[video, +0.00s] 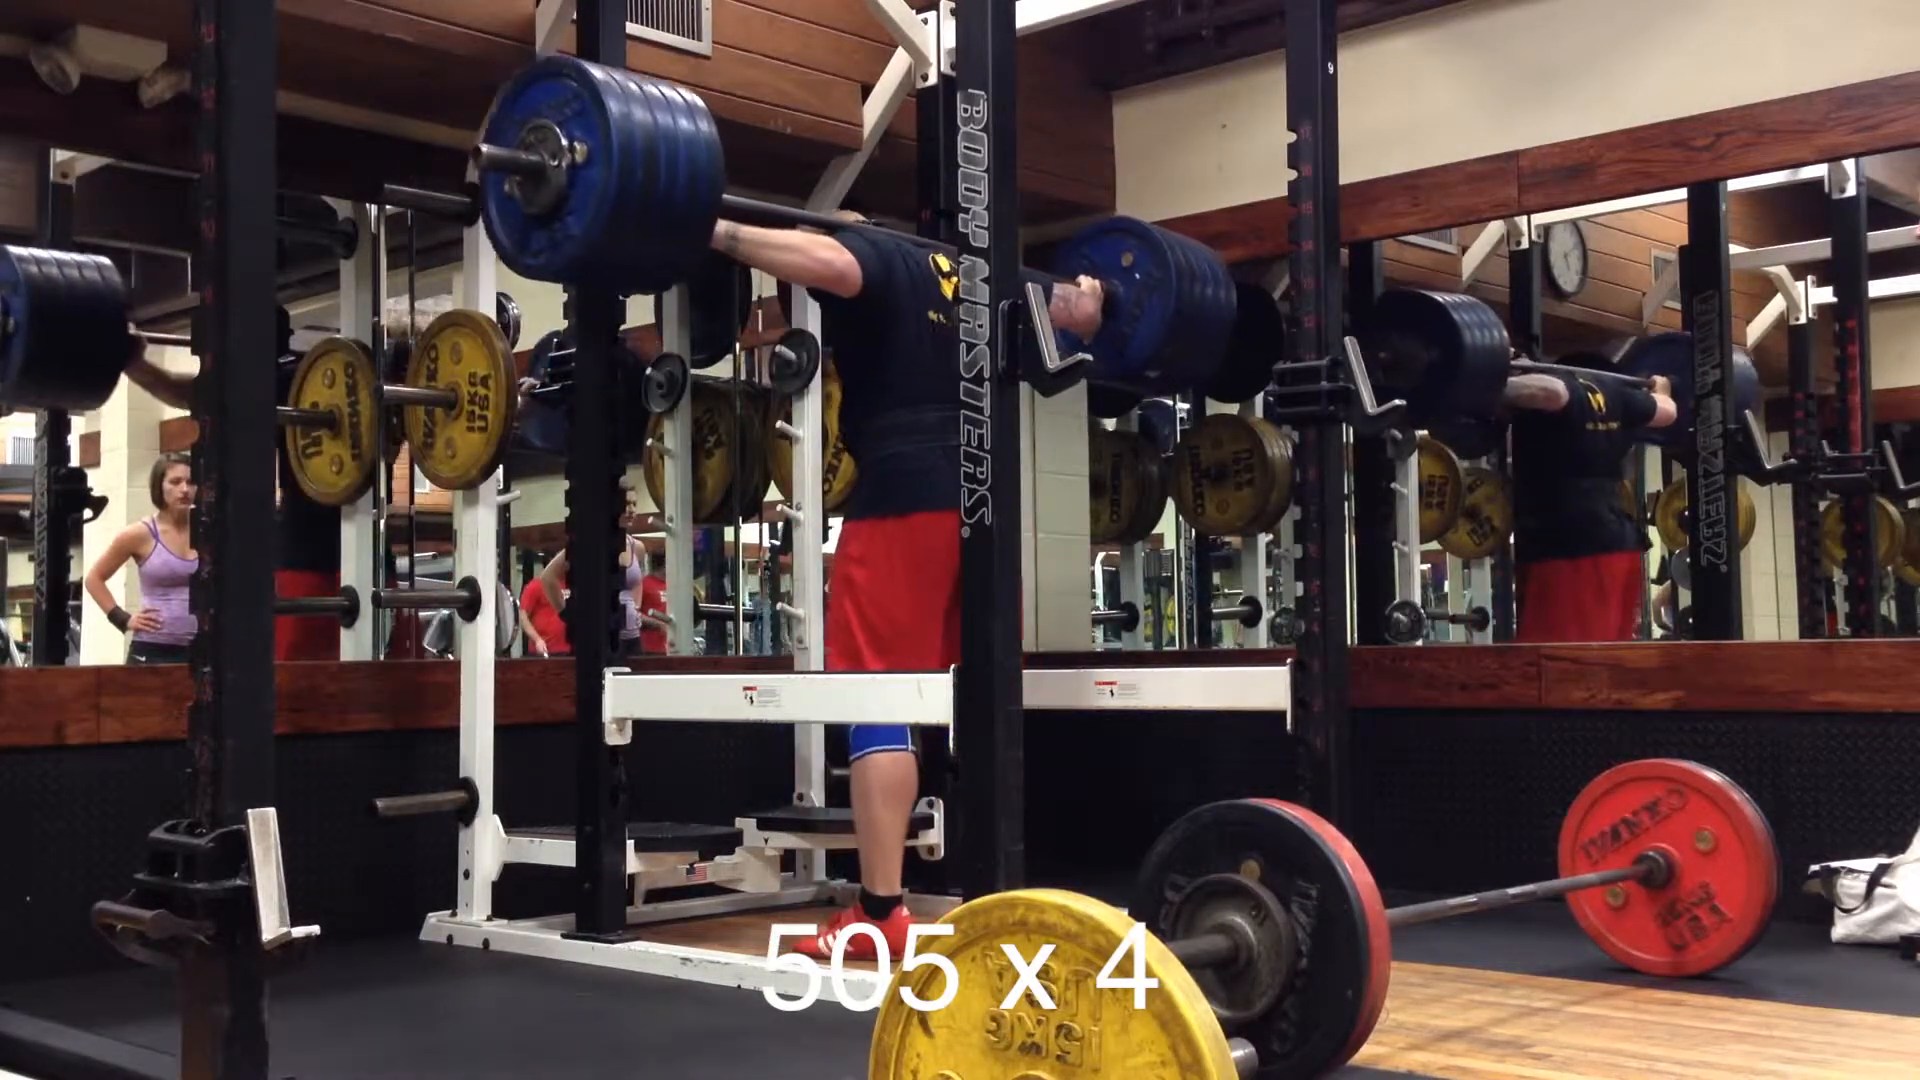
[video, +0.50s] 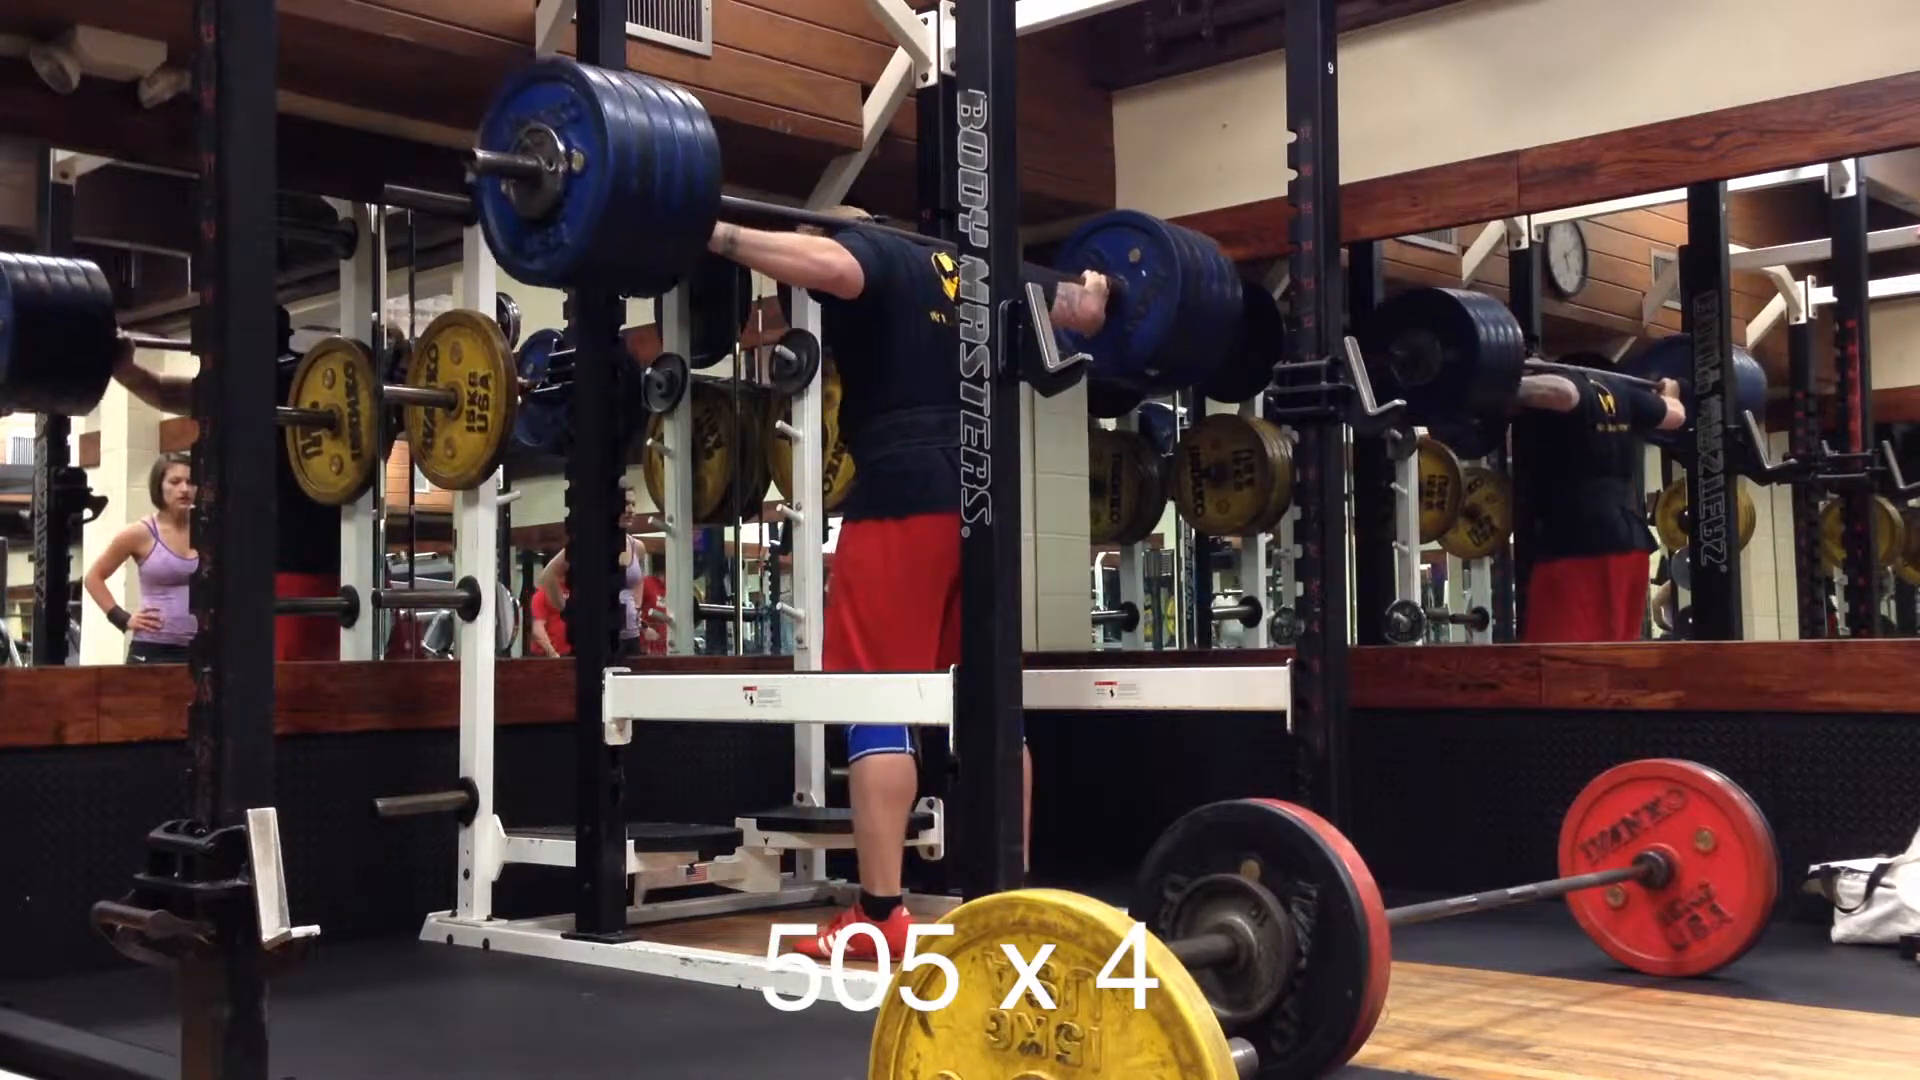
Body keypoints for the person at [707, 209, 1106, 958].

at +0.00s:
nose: (820, 253)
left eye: (820, 242)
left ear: (844, 235)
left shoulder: (874, 249)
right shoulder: (983, 274)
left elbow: (833, 266)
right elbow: (1076, 312)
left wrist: (720, 232)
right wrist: (1090, 299)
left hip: (907, 504)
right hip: (998, 503)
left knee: (880, 707)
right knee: (991, 704)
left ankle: (880, 911)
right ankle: (998, 898)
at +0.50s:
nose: (822, 249)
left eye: (822, 239)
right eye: (819, 241)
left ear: (846, 231)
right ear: (906, 223)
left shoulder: (876, 246)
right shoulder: (983, 270)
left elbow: (836, 268)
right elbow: (1081, 309)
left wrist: (720, 235)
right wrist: (1092, 296)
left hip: (907, 500)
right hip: (998, 498)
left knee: (877, 706)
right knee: (994, 706)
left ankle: (880, 911)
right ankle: (1010, 895)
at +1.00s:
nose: (837, 260)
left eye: (838, 251)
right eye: (836, 255)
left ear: (868, 242)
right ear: (910, 226)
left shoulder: (898, 253)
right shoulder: (1000, 269)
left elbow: (865, 275)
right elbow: (1104, 304)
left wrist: (750, 247)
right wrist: (1118, 285)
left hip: (927, 501)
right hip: (1017, 502)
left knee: (893, 708)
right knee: (1017, 713)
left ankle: (885, 914)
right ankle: (1013, 903)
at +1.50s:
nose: (832, 250)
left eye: (832, 241)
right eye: (831, 242)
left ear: (856, 237)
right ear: (920, 225)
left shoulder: (883, 251)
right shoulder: (992, 269)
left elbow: (843, 272)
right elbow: (1090, 310)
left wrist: (726, 241)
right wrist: (1104, 295)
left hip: (916, 506)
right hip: (1006, 507)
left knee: (895, 712)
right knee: (1005, 713)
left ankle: (885, 913)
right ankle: (1011, 902)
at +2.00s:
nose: (843, 256)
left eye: (844, 247)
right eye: (839, 251)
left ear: (871, 239)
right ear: (928, 227)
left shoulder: (893, 253)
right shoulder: (1001, 272)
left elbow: (858, 278)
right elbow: (1105, 309)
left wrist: (741, 246)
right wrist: (1121, 289)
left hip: (922, 501)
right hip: (1014, 501)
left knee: (882, 702)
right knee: (1009, 711)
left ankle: (881, 909)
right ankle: (1013, 901)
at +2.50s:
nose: (835, 254)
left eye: (833, 245)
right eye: (833, 247)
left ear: (856, 240)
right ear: (902, 226)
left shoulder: (886, 252)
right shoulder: (989, 268)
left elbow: (846, 270)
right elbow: (1098, 307)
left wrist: (730, 241)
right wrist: (1114, 291)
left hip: (918, 498)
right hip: (1007, 498)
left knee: (893, 709)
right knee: (1011, 711)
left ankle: (882, 909)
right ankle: (1016, 901)